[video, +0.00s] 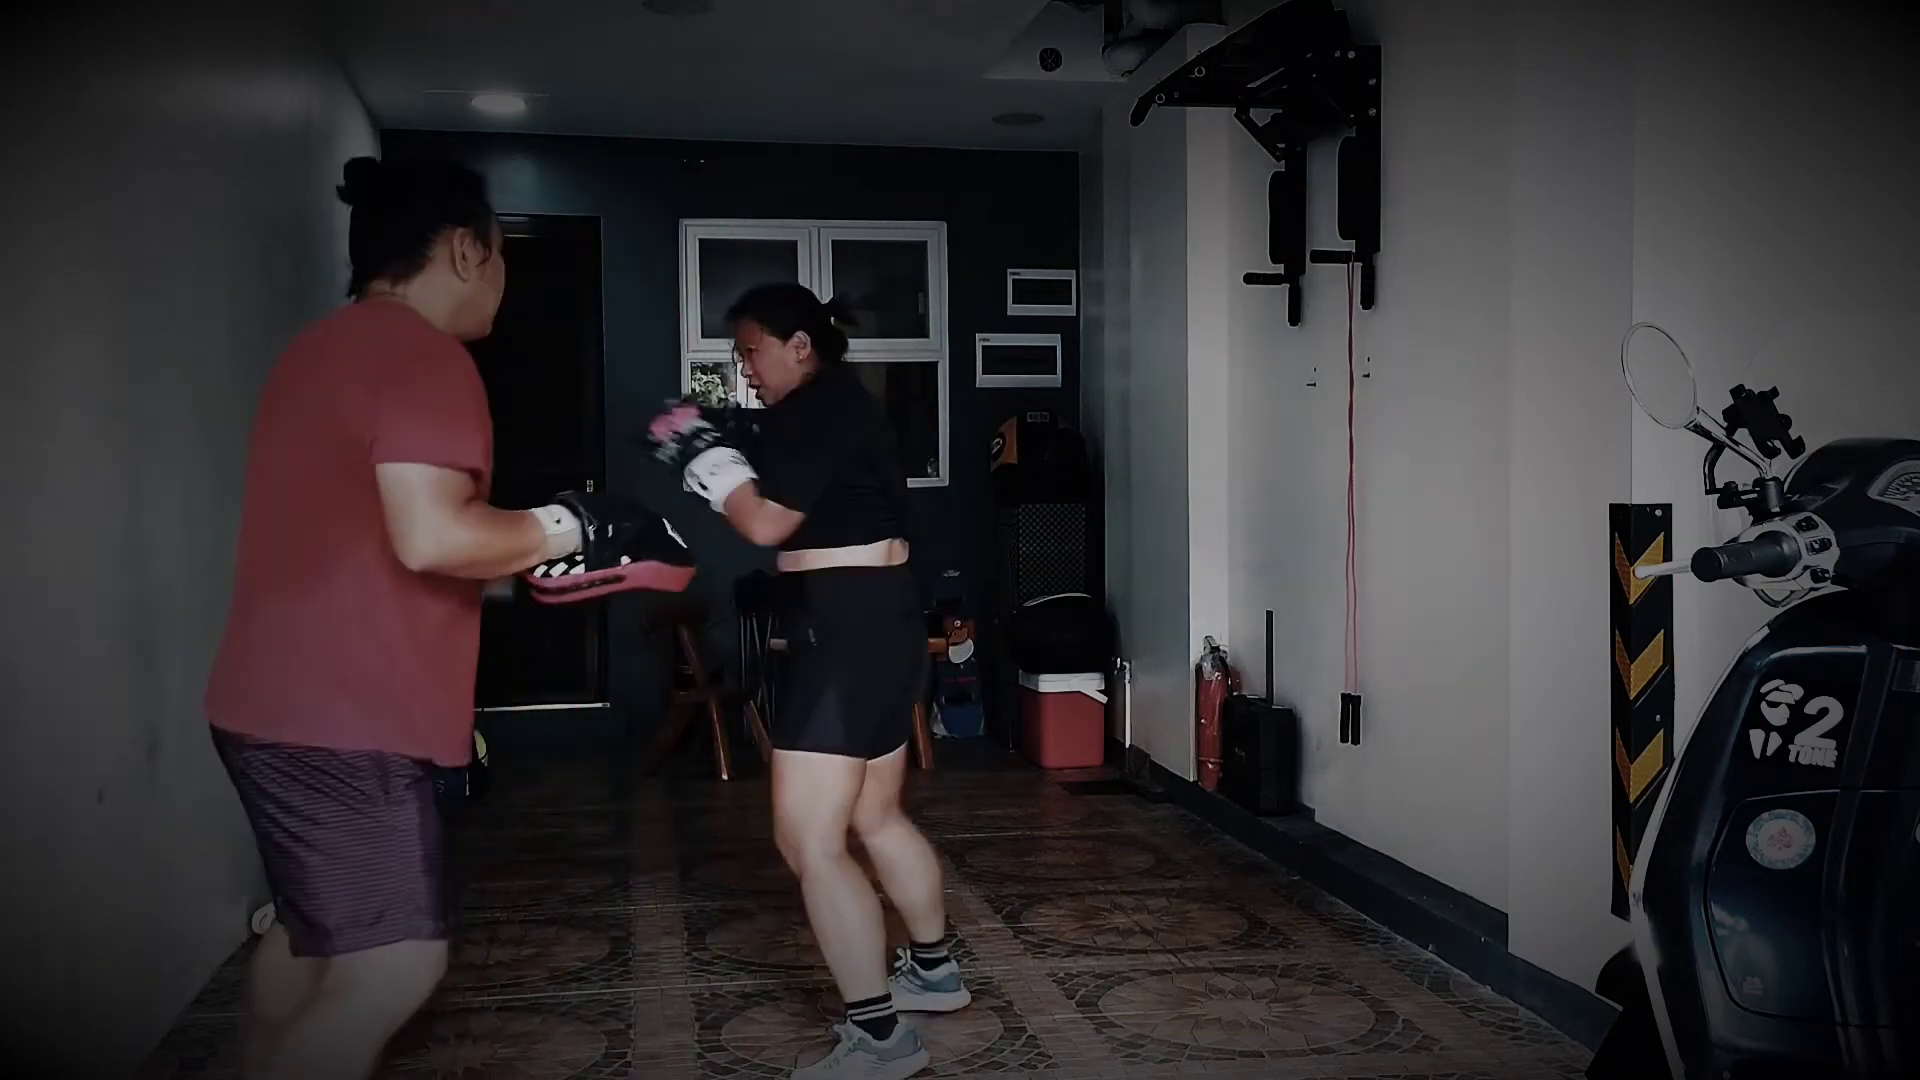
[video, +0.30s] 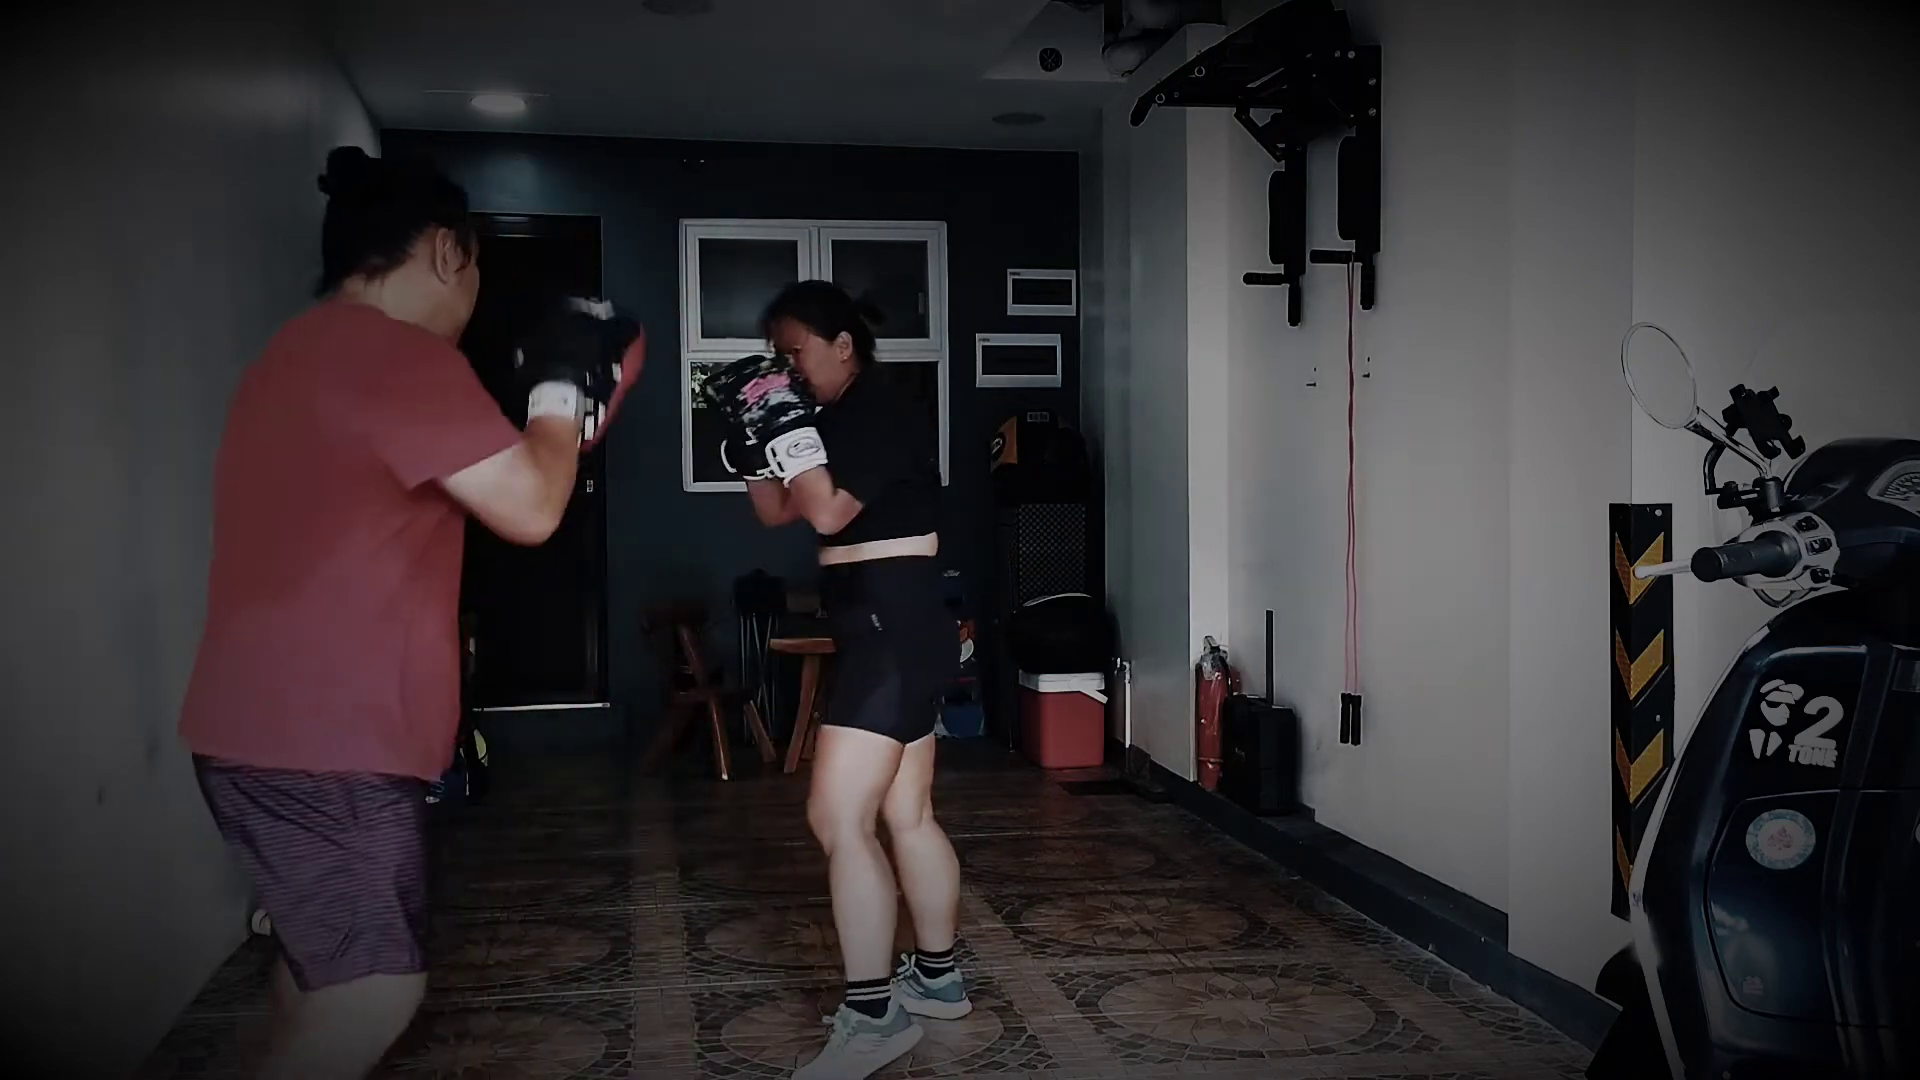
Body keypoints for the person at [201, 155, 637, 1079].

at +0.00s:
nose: (500, 280)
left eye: (501, 258)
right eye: (498, 255)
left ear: (383, 251)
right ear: (459, 249)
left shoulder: (322, 351)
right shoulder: (421, 357)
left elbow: (368, 532)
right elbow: (433, 534)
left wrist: (509, 565)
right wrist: (567, 524)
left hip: (285, 712)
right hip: (347, 725)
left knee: (305, 940)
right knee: (397, 960)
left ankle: (263, 1075)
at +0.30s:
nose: (473, 294)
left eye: (473, 272)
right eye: (471, 268)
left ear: (366, 250)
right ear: (440, 252)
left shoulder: (299, 354)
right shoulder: (394, 360)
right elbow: (533, 506)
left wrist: (561, 423)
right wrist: (559, 395)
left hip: (265, 735)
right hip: (331, 748)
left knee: (311, 981)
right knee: (373, 994)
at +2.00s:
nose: (530, 269)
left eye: (531, 250)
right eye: (529, 247)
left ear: (416, 221)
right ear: (508, 226)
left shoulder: (304, 324)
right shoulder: (501, 312)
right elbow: (637, 466)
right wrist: (650, 382)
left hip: (294, 722)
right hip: (434, 728)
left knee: (374, 982)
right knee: (464, 994)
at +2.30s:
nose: (514, 285)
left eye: (517, 266)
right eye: (515, 262)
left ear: (399, 229)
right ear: (492, 235)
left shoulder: (297, 320)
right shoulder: (476, 318)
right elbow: (620, 449)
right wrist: (617, 327)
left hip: (276, 720)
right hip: (405, 727)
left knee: (368, 995)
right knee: (449, 992)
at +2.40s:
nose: (508, 281)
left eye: (510, 261)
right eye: (509, 258)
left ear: (393, 228)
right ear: (483, 236)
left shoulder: (288, 327)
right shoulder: (466, 324)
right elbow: (614, 456)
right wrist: (614, 330)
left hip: (279, 728)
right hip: (404, 737)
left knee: (375, 997)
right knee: (433, 1003)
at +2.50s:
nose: (497, 281)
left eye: (500, 262)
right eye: (499, 258)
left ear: (384, 229)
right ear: (475, 238)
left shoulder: (286, 330)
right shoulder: (449, 326)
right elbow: (603, 460)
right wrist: (610, 341)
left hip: (286, 734)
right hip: (396, 744)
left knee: (392, 1002)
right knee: (426, 1018)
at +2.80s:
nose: (465, 274)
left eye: (469, 253)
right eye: (465, 250)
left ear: (352, 228)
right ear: (438, 234)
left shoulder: (265, 342)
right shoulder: (428, 339)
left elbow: (387, 408)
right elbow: (587, 455)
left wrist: (502, 342)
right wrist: (585, 334)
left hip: (275, 733)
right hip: (393, 743)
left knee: (332, 954)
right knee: (412, 990)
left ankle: (307, 1078)